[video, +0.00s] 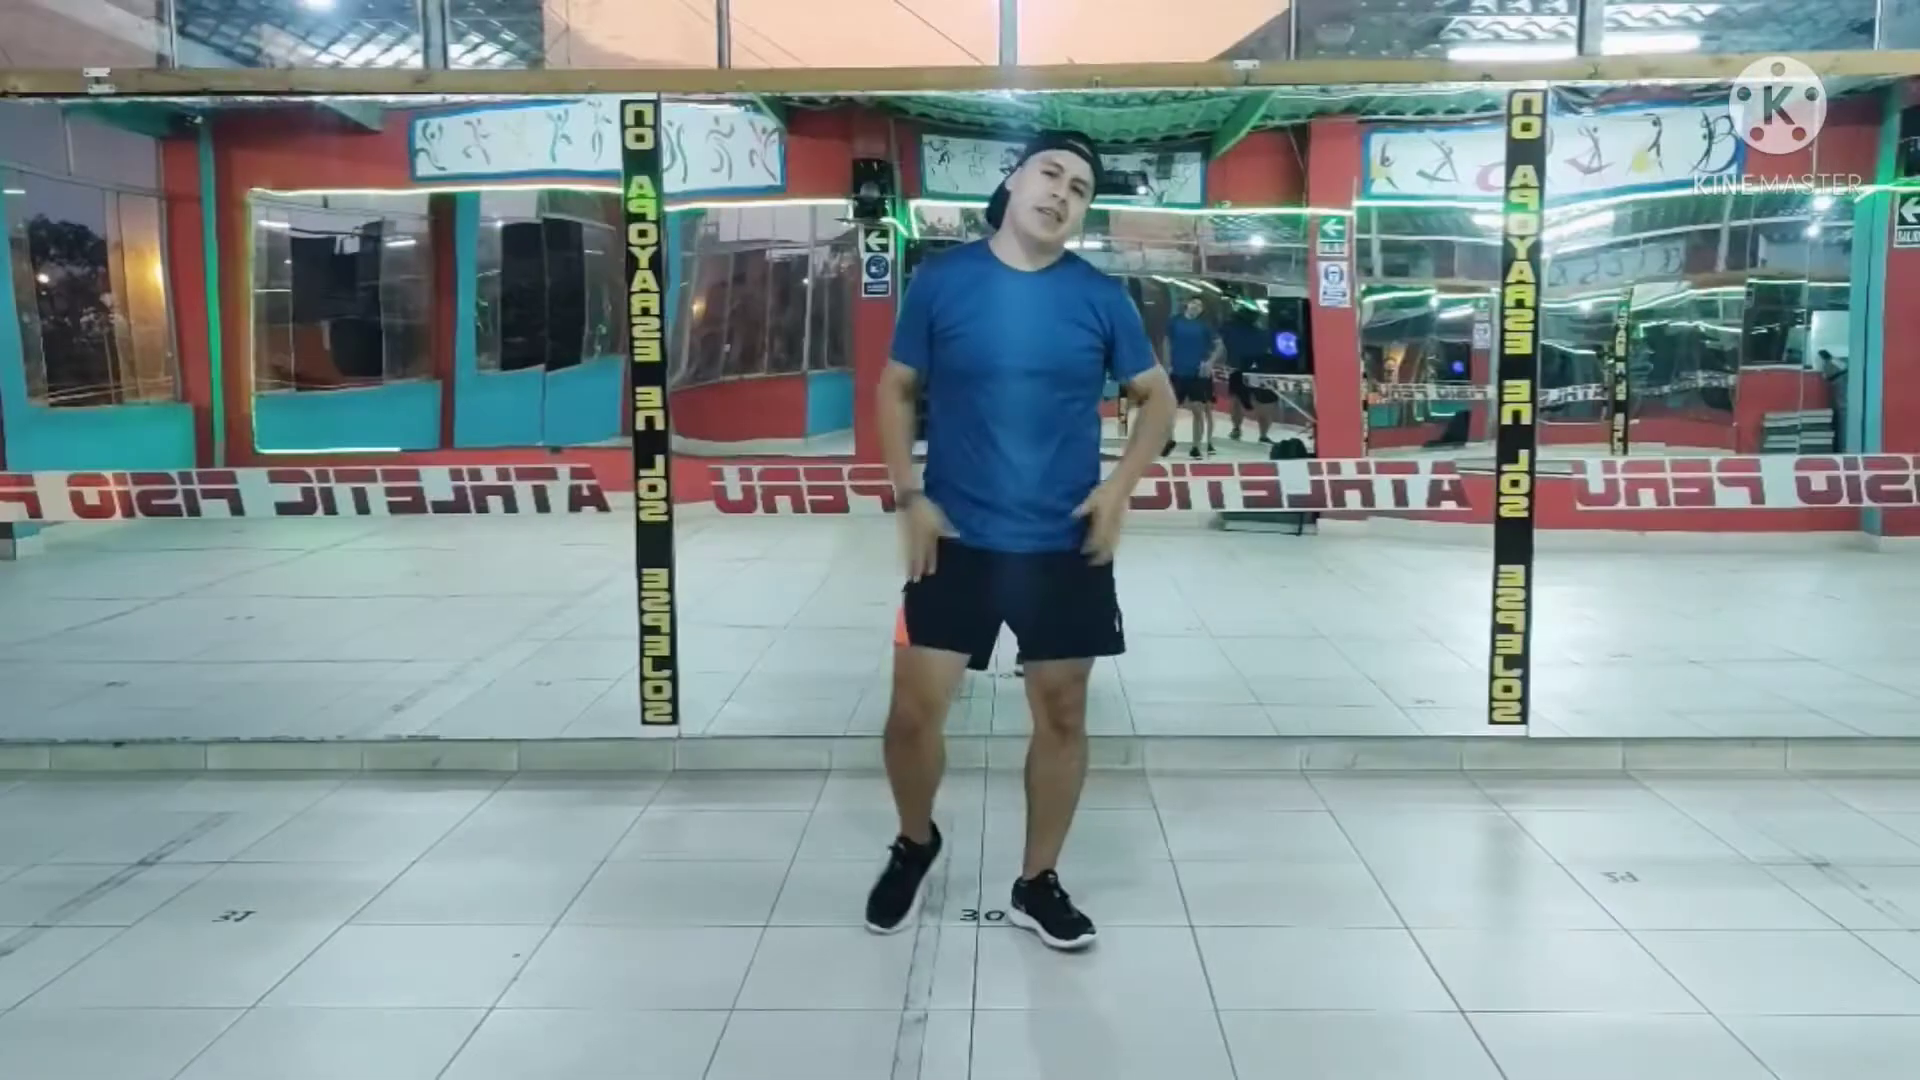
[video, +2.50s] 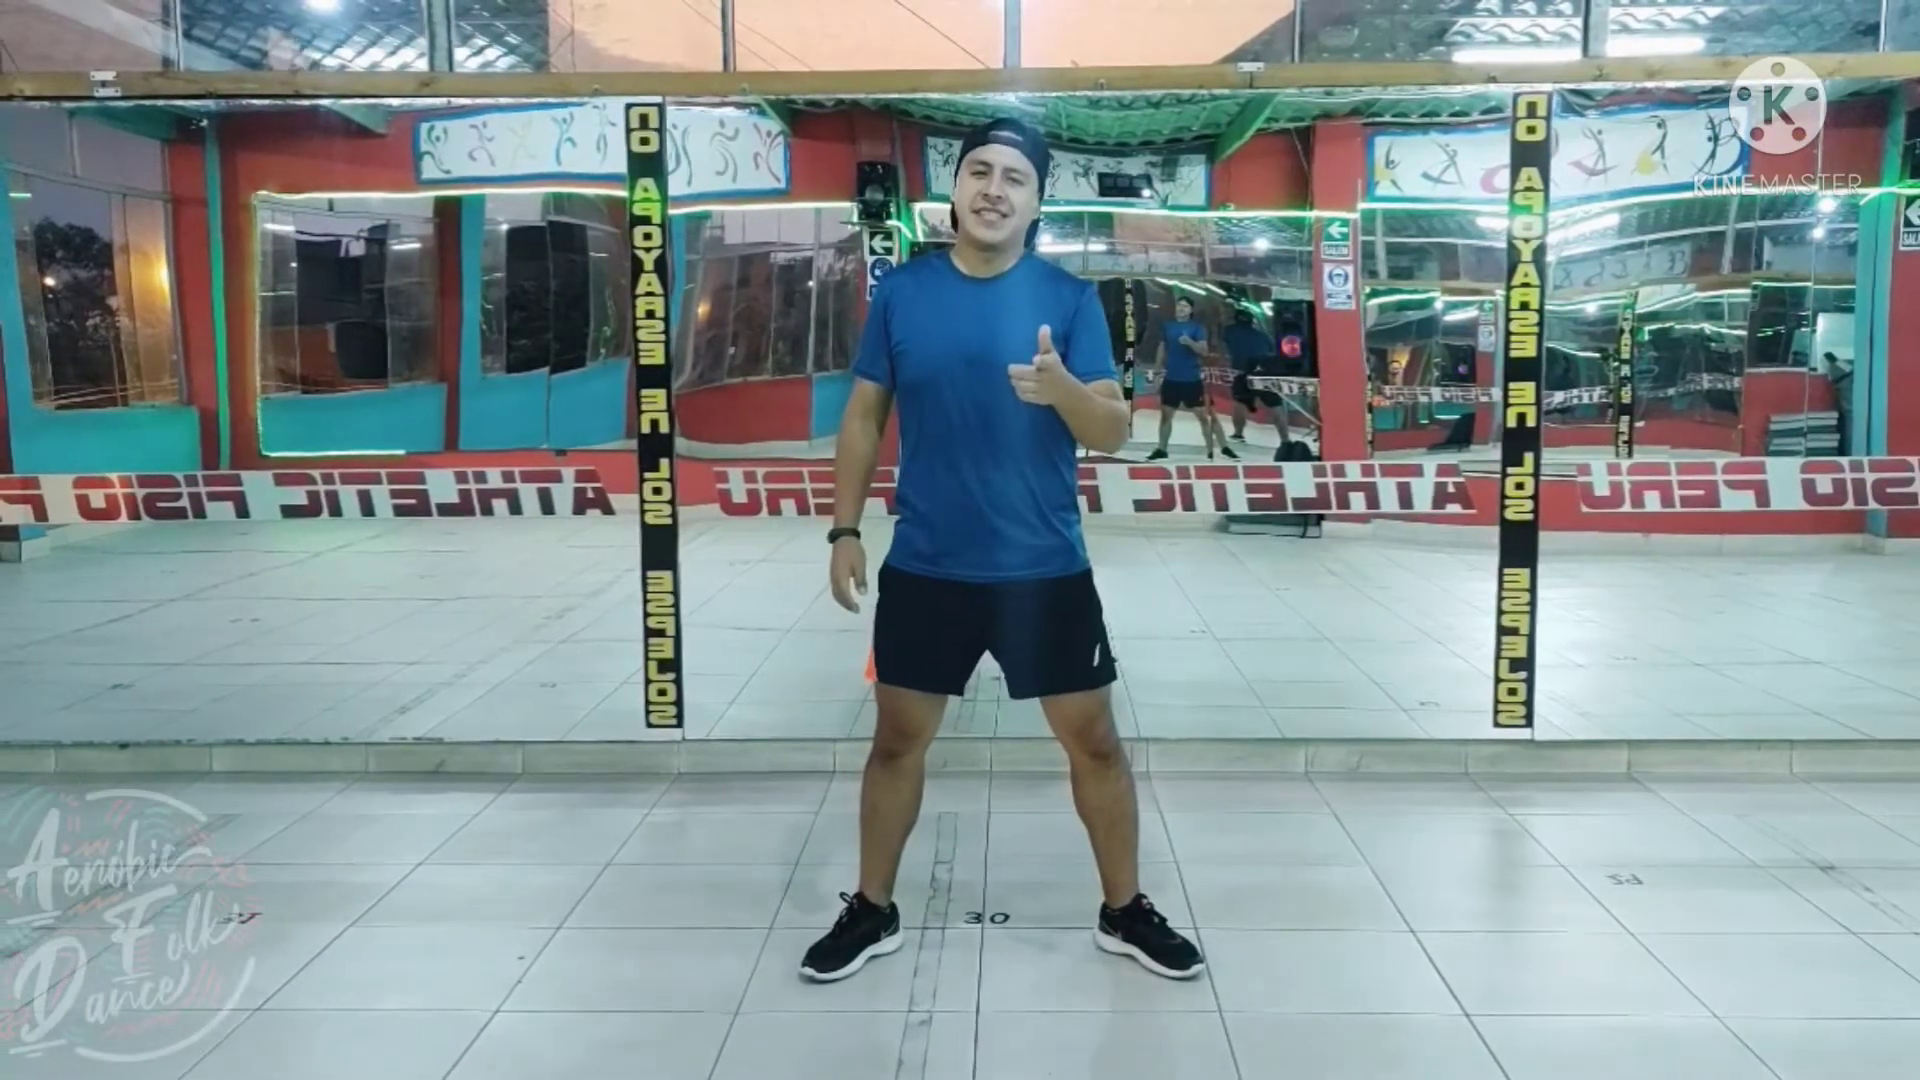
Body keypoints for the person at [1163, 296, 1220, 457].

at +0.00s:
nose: (1195, 308)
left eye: (1198, 306)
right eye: (1193, 304)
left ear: (1201, 309)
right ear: (1187, 305)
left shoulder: (1204, 325)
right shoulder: (1174, 322)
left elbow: (1219, 346)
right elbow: (1166, 342)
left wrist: (1209, 363)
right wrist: (1167, 364)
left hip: (1197, 373)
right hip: (1177, 372)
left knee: (1197, 410)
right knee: (1168, 407)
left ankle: (1196, 445)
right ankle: (1169, 438)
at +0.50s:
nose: (1194, 308)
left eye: (1197, 306)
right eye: (1192, 305)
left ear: (1201, 310)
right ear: (1186, 306)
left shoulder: (1205, 327)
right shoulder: (1174, 322)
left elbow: (1217, 351)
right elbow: (1166, 341)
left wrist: (1209, 369)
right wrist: (1165, 365)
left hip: (1194, 375)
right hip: (1174, 372)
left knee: (1197, 413)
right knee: (1165, 410)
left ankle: (1196, 447)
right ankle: (1160, 443)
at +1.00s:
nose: (1177, 308)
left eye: (1180, 306)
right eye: (1174, 305)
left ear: (1186, 309)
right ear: (1170, 308)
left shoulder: (1193, 328)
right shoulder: (1162, 327)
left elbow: (1198, 349)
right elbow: (1154, 346)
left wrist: (1185, 347)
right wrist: (1147, 365)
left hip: (1188, 378)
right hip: (1168, 377)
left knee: (1198, 413)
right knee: (1162, 412)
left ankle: (1208, 447)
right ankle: (1158, 447)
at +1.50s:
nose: (1180, 308)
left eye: (1184, 305)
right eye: (1178, 305)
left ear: (1191, 309)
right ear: (1174, 308)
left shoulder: (1197, 327)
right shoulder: (1168, 326)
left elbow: (1203, 349)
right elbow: (1162, 347)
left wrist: (1189, 342)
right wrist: (1159, 367)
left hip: (1191, 378)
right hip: (1171, 377)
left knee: (1203, 416)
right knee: (1164, 414)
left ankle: (1209, 449)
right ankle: (1160, 447)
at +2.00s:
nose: (1181, 308)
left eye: (1185, 306)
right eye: (1179, 305)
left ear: (1190, 309)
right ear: (1175, 308)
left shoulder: (1197, 327)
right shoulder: (1167, 326)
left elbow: (1203, 349)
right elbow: (1161, 346)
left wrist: (1189, 342)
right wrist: (1155, 368)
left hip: (1191, 379)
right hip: (1171, 378)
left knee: (1202, 416)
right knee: (1165, 415)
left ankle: (1210, 450)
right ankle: (1160, 448)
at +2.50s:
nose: (1181, 309)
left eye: (1185, 306)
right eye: (1179, 306)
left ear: (1191, 310)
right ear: (1175, 308)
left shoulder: (1198, 328)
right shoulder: (1167, 327)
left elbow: (1204, 350)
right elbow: (1162, 347)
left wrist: (1190, 343)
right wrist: (1157, 368)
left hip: (1192, 379)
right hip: (1172, 378)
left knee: (1203, 416)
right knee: (1165, 415)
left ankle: (1211, 450)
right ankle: (1162, 448)